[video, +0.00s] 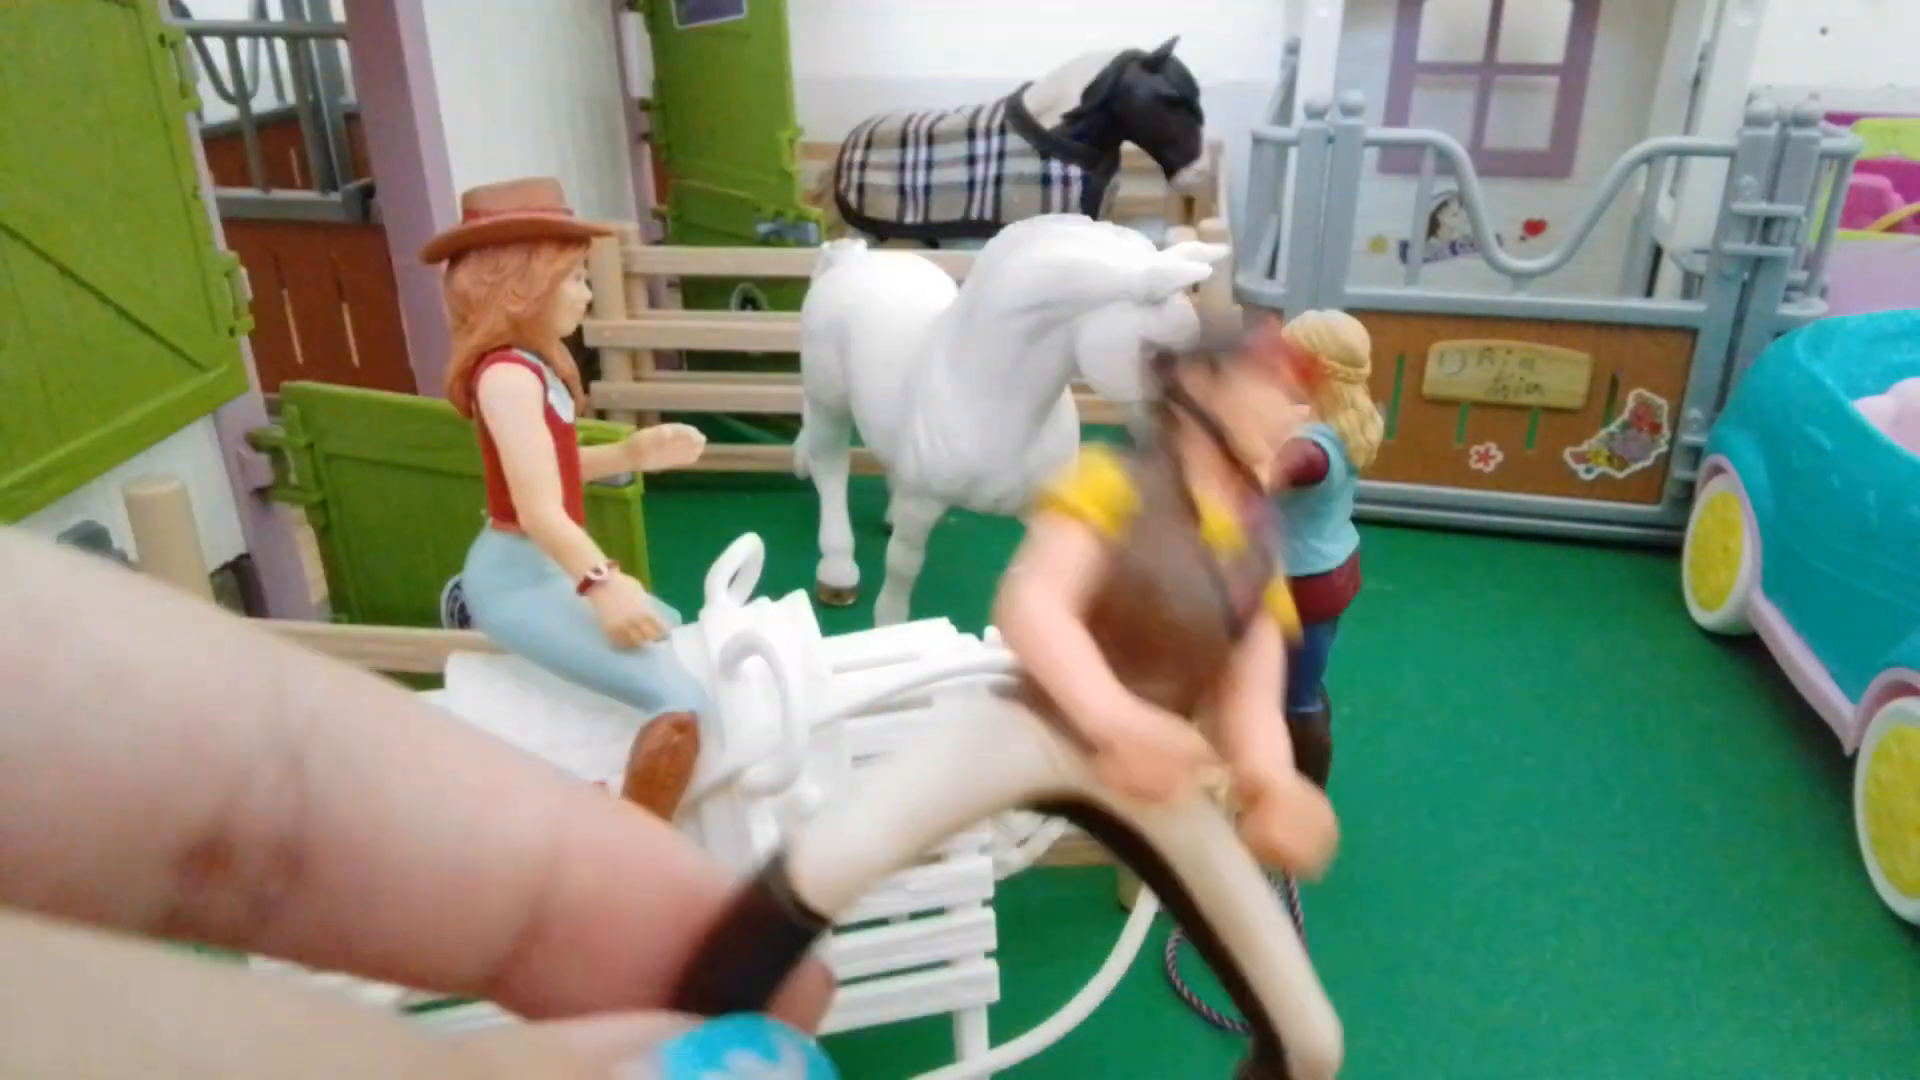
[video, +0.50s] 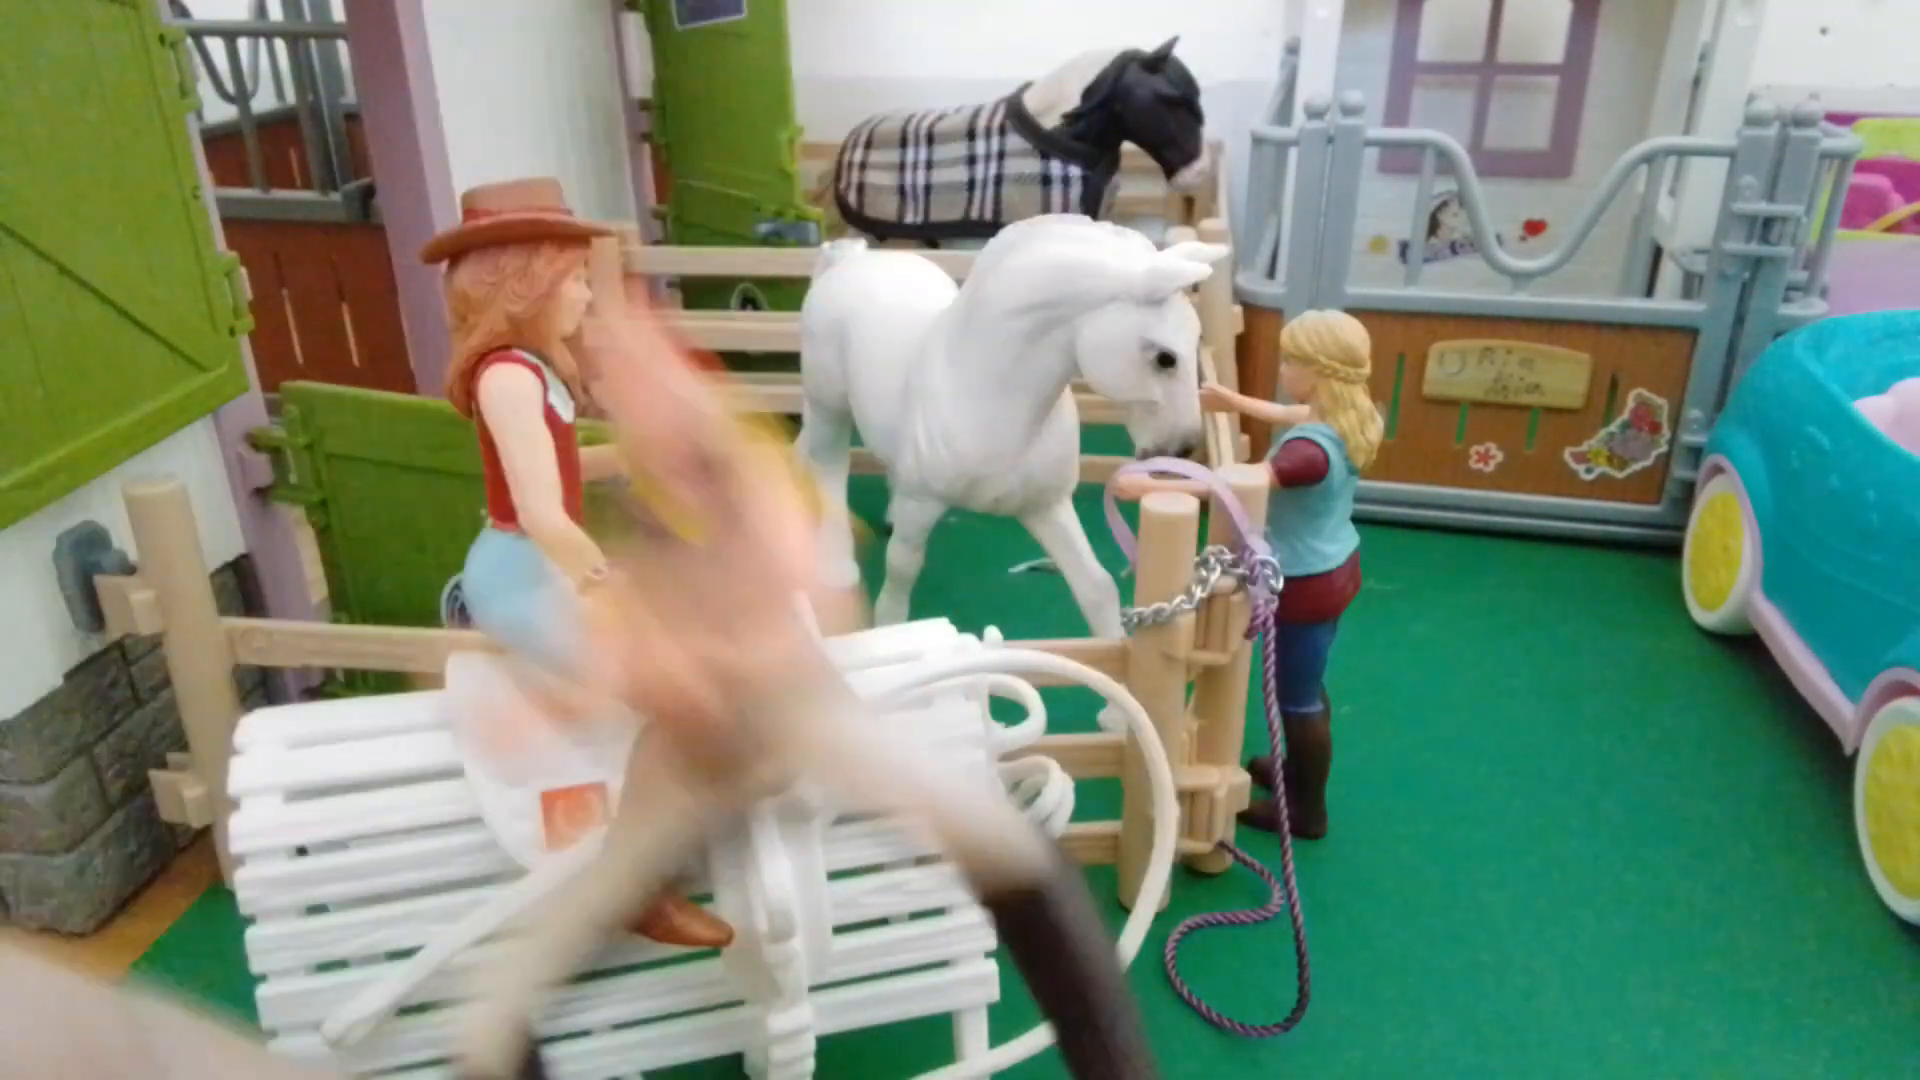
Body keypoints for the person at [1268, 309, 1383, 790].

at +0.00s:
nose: (1282, 369)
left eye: (1291, 359)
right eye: (1284, 358)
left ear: (1310, 372)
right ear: (1340, 372)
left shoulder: (1317, 444)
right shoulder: (1347, 421)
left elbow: (1258, 475)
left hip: (1308, 579)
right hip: (1335, 559)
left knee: (1299, 699)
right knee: (1308, 685)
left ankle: (1305, 804)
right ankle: (1306, 791)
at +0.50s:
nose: (1280, 369)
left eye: (1288, 362)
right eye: (1284, 360)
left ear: (1314, 374)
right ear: (1331, 372)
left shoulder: (1313, 447)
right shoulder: (1348, 417)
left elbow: (1251, 478)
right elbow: (1288, 416)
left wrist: (1163, 483)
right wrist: (1234, 401)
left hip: (1306, 587)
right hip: (1332, 568)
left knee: (1297, 700)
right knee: (1303, 682)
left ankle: (1305, 812)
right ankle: (1296, 773)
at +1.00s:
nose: (1282, 371)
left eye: (1289, 362)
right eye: (1284, 360)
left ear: (1317, 372)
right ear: (1336, 372)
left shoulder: (1314, 448)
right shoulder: (1348, 417)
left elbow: (1249, 479)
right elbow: (1290, 415)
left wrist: (1176, 484)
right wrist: (1238, 401)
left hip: (1305, 587)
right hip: (1333, 565)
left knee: (1298, 698)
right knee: (1301, 680)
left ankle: (1303, 810)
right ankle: (1298, 772)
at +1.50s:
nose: (1282, 371)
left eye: (1289, 362)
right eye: (1284, 361)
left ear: (1317, 373)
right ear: (1334, 374)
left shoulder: (1314, 448)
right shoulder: (1348, 417)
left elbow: (1243, 479)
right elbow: (1289, 416)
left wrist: (1156, 484)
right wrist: (1236, 400)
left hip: (1304, 588)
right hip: (1332, 567)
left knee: (1299, 700)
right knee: (1301, 682)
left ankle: (1304, 813)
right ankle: (1299, 773)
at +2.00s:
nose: (1282, 370)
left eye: (1290, 362)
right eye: (1284, 360)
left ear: (1317, 373)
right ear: (1337, 373)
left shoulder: (1314, 448)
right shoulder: (1348, 418)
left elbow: (1248, 479)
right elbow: (1289, 416)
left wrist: (1163, 484)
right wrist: (1236, 400)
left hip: (1305, 588)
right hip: (1333, 565)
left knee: (1300, 700)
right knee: (1301, 680)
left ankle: (1304, 811)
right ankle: (1298, 771)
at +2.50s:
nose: (1286, 371)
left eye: (1294, 362)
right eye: (1288, 361)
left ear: (1323, 372)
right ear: (1340, 373)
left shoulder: (1320, 447)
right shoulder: (1350, 418)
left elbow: (1251, 478)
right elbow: (1293, 416)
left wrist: (1165, 483)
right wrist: (1239, 399)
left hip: (1308, 588)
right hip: (1333, 569)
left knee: (1301, 702)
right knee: (1302, 683)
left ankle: (1305, 814)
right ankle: (1300, 774)